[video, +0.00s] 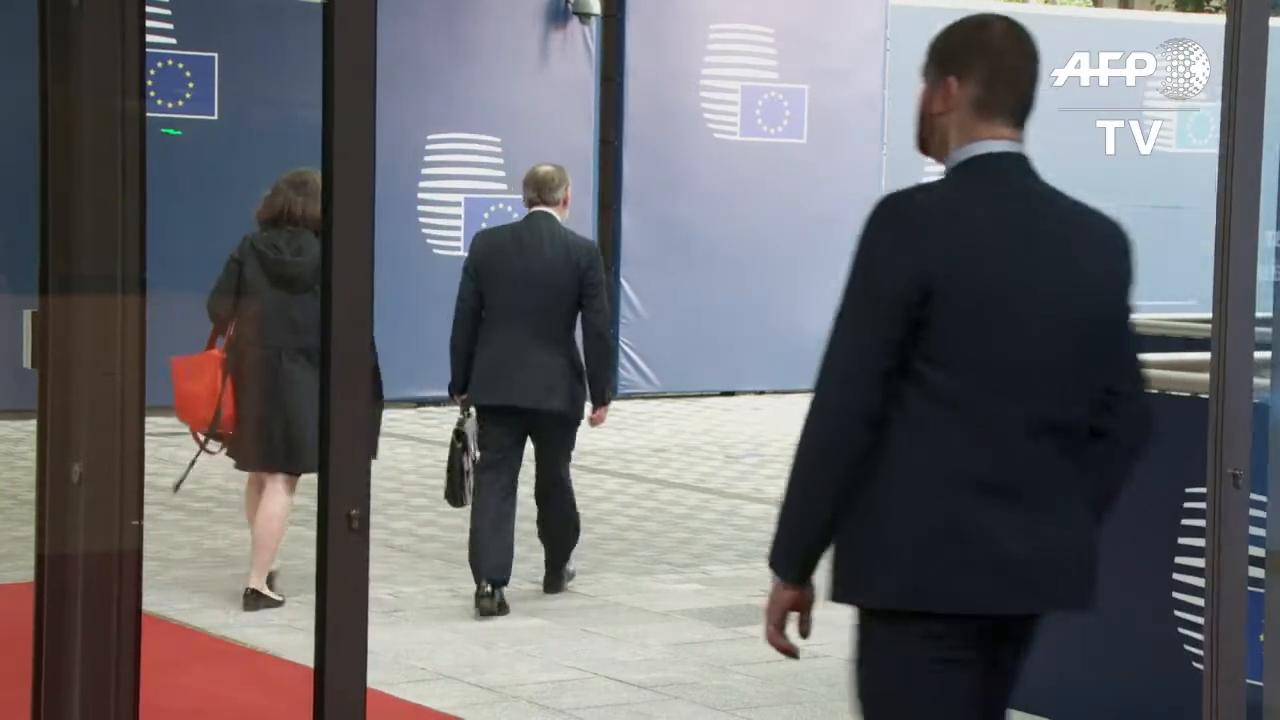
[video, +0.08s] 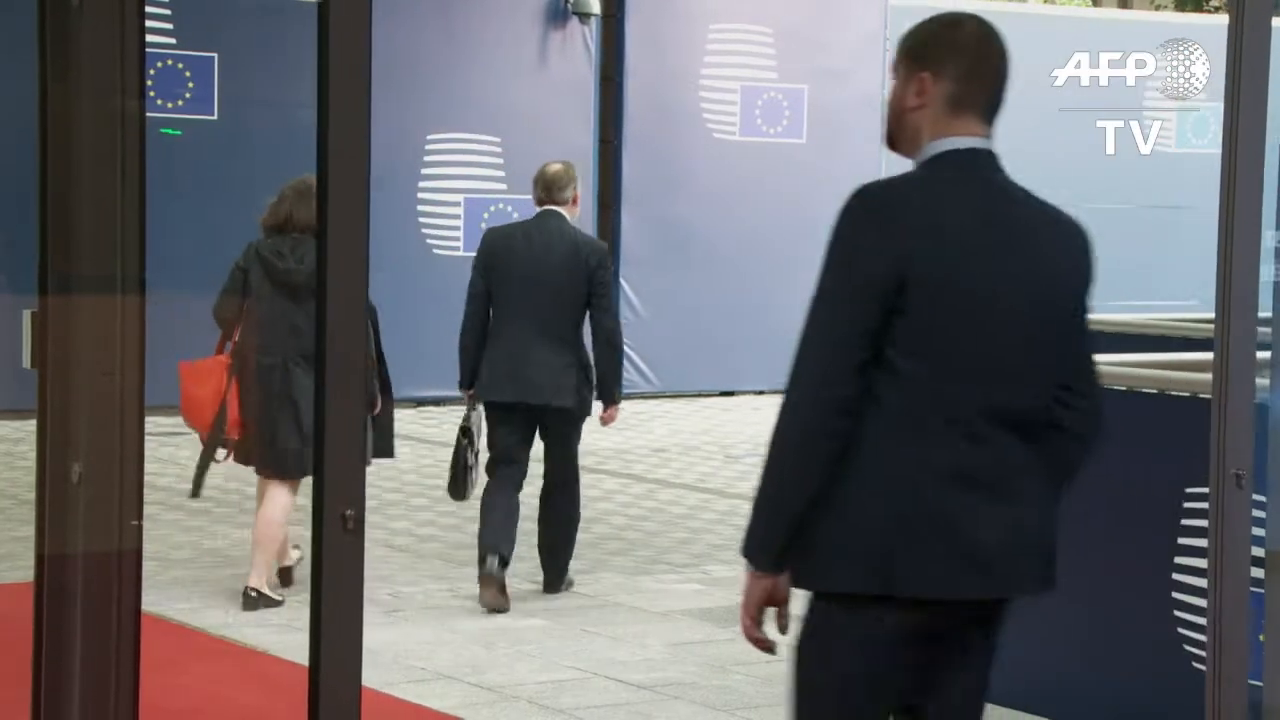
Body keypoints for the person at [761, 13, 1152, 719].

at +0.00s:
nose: (918, 107)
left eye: (924, 88)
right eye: (923, 88)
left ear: (946, 92)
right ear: (1024, 105)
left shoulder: (911, 219)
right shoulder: (1098, 238)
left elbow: (846, 401)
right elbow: (1121, 416)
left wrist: (793, 563)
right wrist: (1058, 528)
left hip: (914, 572)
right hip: (1029, 573)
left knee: (910, 706)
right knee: (979, 706)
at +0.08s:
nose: (888, 100)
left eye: (894, 82)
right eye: (893, 82)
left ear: (921, 88)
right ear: (993, 99)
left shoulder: (883, 212)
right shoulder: (1060, 236)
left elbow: (821, 390)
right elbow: (1074, 409)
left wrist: (768, 552)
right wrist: (1009, 513)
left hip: (869, 566)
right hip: (986, 568)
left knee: (838, 704)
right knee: (949, 707)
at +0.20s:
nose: (835, 93)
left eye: (842, 76)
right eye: (841, 76)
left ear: (871, 84)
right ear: (936, 98)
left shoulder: (841, 206)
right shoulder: (1003, 228)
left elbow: (782, 385)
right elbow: (1020, 393)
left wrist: (726, 545)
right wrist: (961, 514)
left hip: (814, 558)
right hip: (930, 559)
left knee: (741, 708)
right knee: (913, 711)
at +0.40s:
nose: (740, 102)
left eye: (746, 87)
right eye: (743, 87)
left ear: (775, 97)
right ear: (835, 106)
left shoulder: (750, 216)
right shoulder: (902, 227)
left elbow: (701, 393)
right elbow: (949, 383)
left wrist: (654, 552)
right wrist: (887, 509)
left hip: (739, 560)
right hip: (855, 557)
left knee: (692, 709)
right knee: (862, 713)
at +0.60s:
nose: (634, 107)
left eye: (639, 93)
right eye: (639, 92)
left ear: (662, 102)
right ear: (732, 107)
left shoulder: (640, 227)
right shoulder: (803, 221)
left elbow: (596, 400)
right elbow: (881, 340)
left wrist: (551, 549)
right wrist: (831, 454)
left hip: (635, 553)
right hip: (757, 552)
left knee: (594, 709)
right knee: (765, 708)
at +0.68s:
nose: (603, 104)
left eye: (606, 90)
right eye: (608, 89)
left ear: (622, 95)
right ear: (699, 99)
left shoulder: (596, 225)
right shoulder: (770, 212)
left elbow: (549, 395)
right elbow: (851, 329)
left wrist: (511, 537)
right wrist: (801, 447)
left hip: (598, 548)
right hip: (718, 546)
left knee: (577, 711)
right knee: (711, 710)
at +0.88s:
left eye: (558, 90)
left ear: (559, 98)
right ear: (647, 93)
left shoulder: (536, 208)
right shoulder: (713, 205)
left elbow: (481, 365)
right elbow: (776, 340)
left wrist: (436, 503)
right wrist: (729, 447)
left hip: (565, 508)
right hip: (676, 500)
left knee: (567, 704)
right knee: (622, 683)